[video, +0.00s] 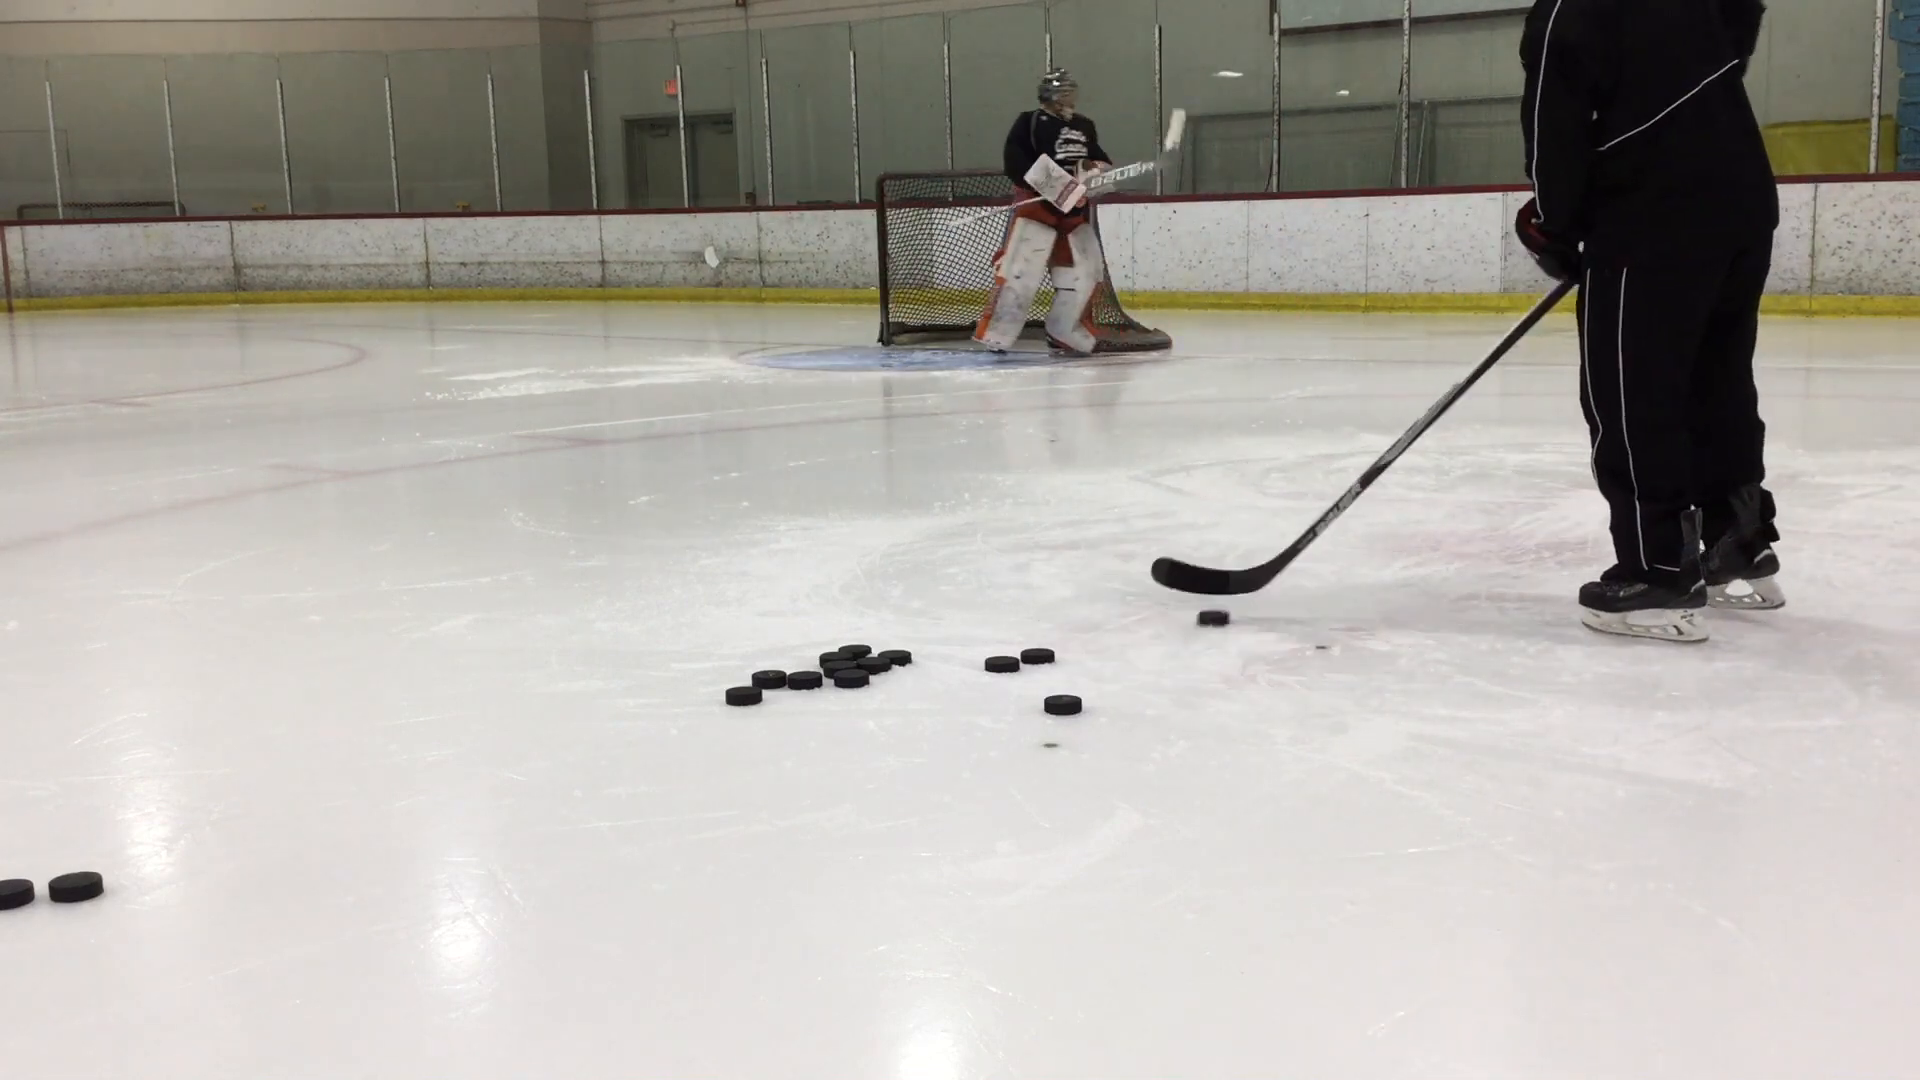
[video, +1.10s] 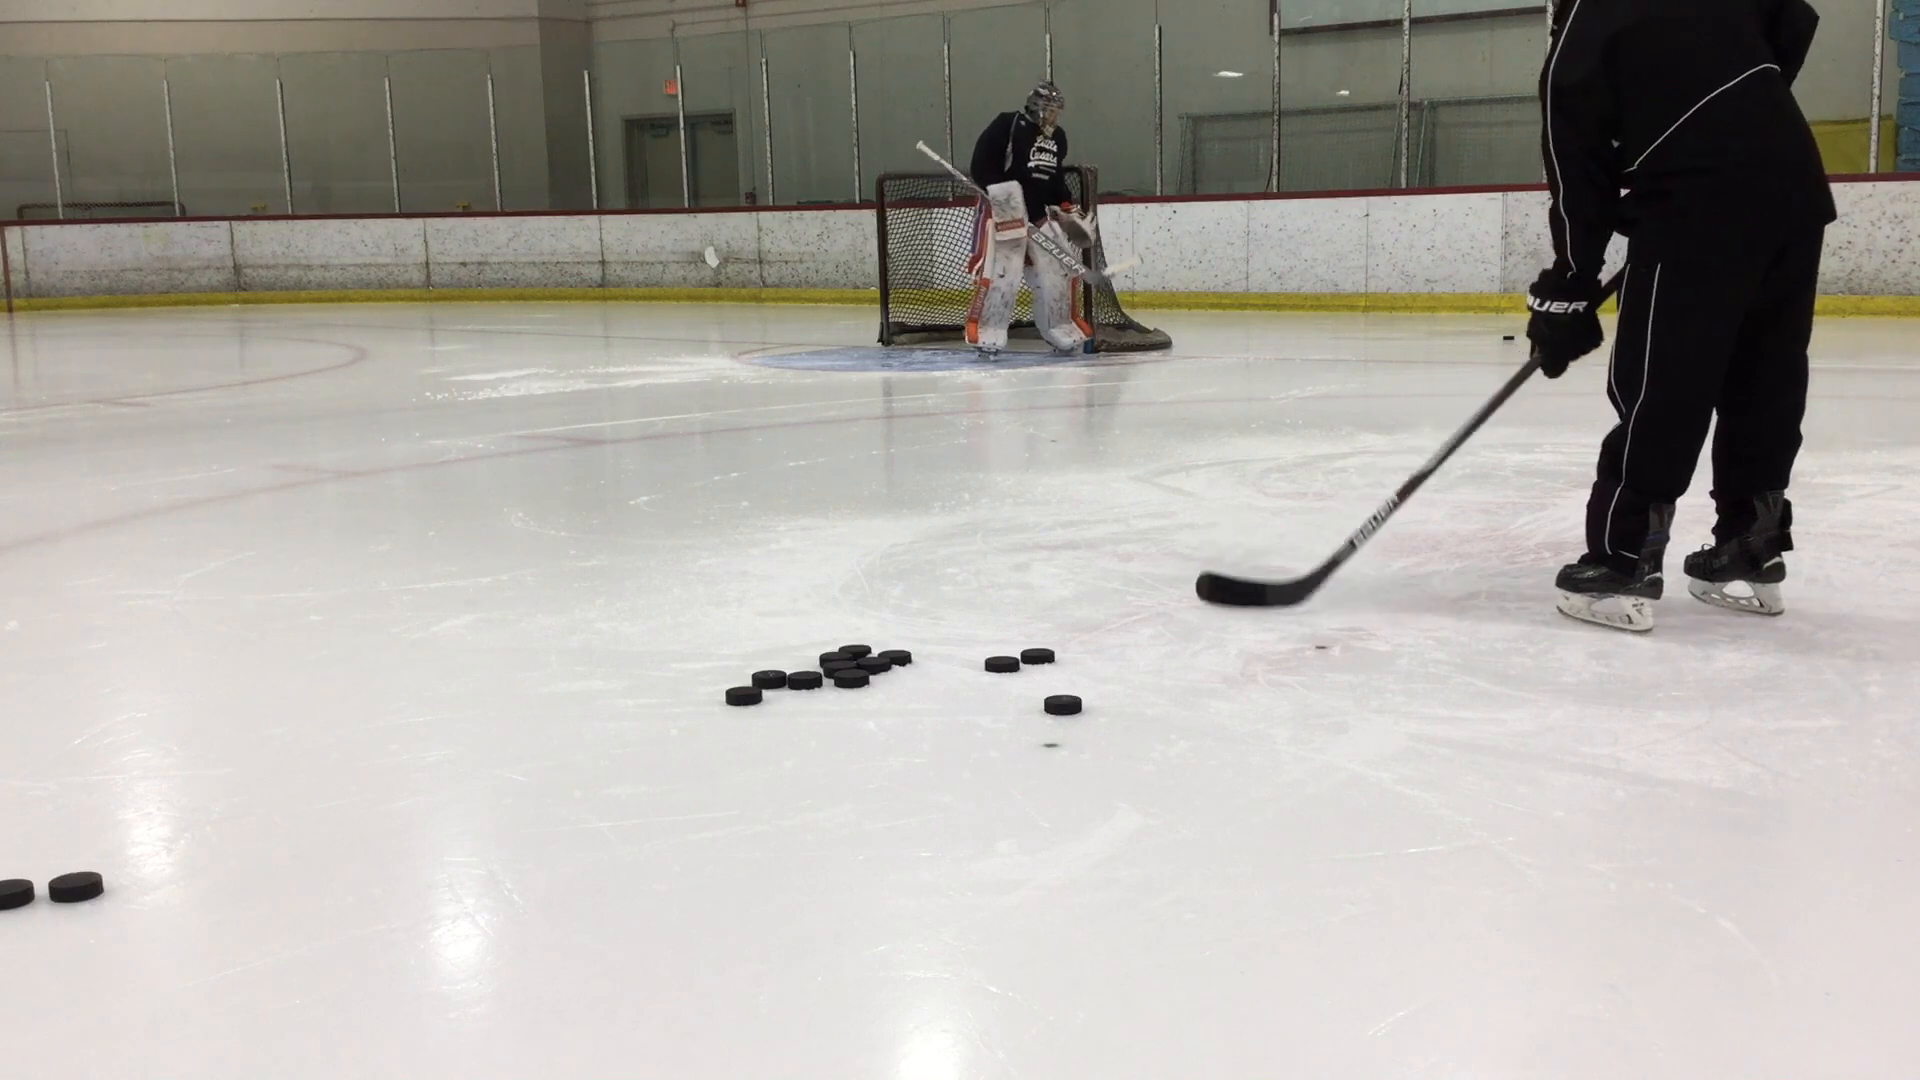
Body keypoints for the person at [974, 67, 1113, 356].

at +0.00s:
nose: (1071, 97)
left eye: (1073, 92)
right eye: (1065, 92)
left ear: (1075, 94)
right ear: (1049, 95)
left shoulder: (1084, 126)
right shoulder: (1029, 122)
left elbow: (1101, 160)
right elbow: (1014, 166)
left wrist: (1098, 168)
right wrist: (1054, 189)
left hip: (1074, 217)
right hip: (1035, 214)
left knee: (1083, 275)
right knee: (1020, 275)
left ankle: (1062, 333)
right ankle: (997, 337)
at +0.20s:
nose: (1045, 95)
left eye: (1048, 90)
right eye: (1038, 90)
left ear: (1052, 91)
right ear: (1023, 93)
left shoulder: (1064, 122)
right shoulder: (1006, 123)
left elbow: (1096, 151)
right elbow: (987, 165)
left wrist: (1090, 176)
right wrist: (1024, 189)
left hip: (1058, 217)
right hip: (1016, 217)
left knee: (1067, 275)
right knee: (1005, 276)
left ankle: (1048, 332)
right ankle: (989, 339)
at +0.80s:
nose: (1033, 108)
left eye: (1037, 102)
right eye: (1027, 102)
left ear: (1041, 103)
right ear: (1013, 102)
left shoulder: (1048, 128)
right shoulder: (989, 125)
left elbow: (1057, 169)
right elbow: (966, 167)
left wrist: (1068, 202)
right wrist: (990, 205)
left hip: (1039, 216)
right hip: (998, 215)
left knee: (1049, 276)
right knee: (993, 278)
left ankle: (1053, 338)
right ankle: (983, 341)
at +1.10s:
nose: (1052, 115)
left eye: (1055, 110)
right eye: (1047, 109)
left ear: (1059, 111)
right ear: (1033, 105)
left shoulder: (1057, 136)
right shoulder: (1007, 124)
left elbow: (1054, 176)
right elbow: (981, 166)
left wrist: (1067, 203)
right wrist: (1002, 201)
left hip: (1042, 217)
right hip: (1006, 217)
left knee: (1055, 275)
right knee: (1003, 276)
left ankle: (1062, 335)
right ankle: (990, 338)